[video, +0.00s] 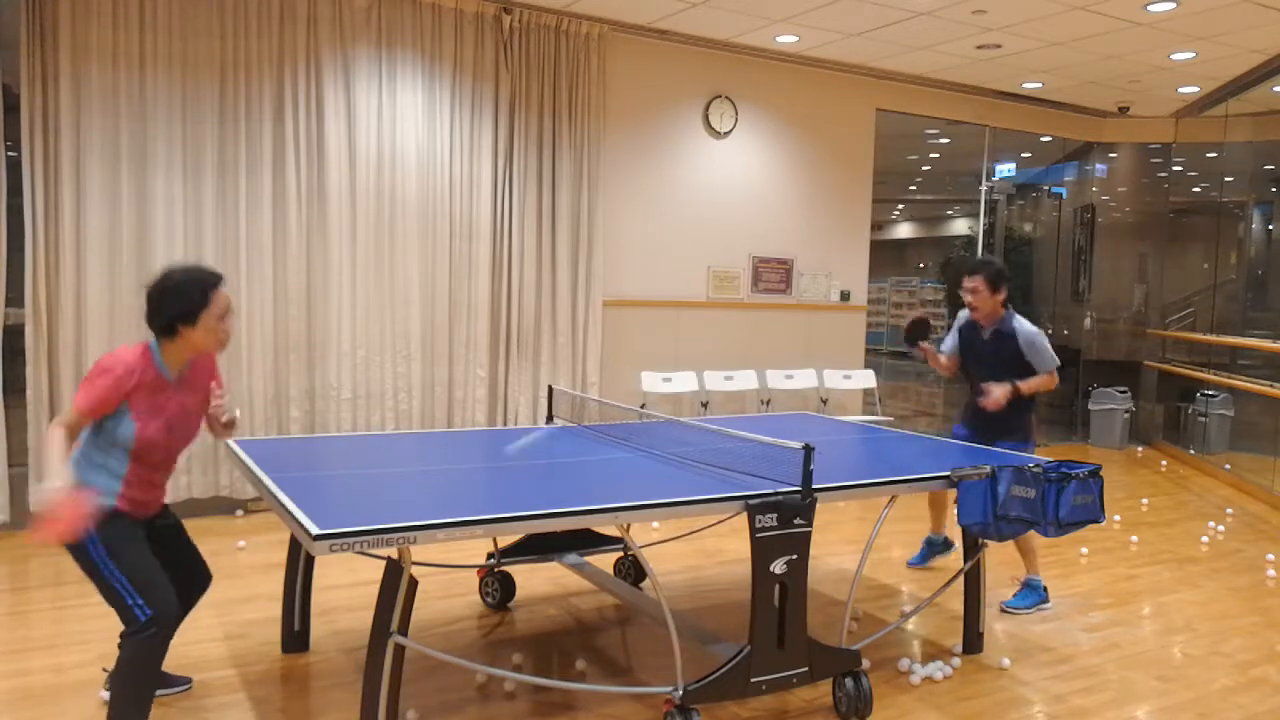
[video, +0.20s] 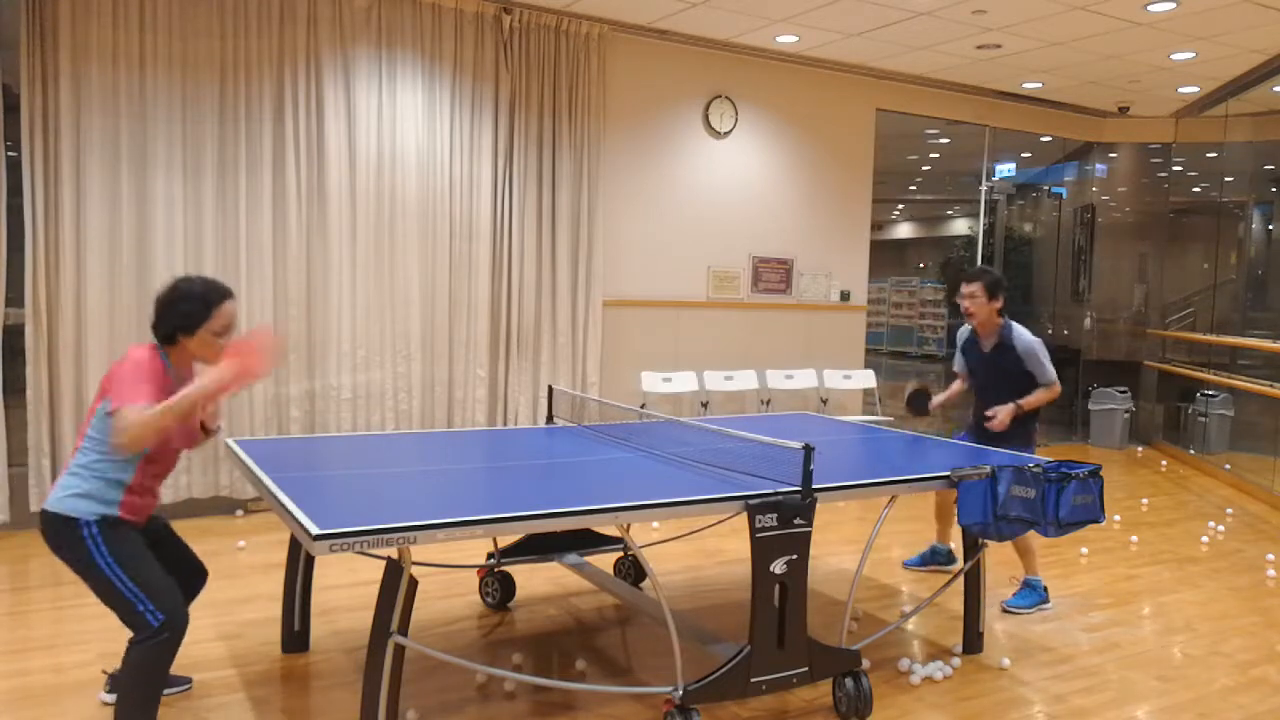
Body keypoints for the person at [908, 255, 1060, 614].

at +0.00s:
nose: (968, 299)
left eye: (976, 292)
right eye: (966, 292)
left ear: (1000, 295)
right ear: (965, 294)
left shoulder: (1025, 333)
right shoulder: (964, 323)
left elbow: (1051, 378)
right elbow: (949, 365)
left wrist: (1011, 388)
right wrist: (928, 351)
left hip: (1012, 435)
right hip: (972, 427)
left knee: (1012, 508)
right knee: (937, 474)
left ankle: (1034, 583)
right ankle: (938, 537)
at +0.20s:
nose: (965, 305)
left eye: (973, 298)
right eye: (962, 298)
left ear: (997, 303)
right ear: (961, 302)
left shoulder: (1024, 342)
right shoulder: (965, 337)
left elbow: (1053, 388)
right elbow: (963, 380)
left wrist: (1014, 408)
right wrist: (939, 399)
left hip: (1015, 438)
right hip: (977, 432)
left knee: (1011, 508)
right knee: (943, 480)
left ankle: (1034, 584)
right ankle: (942, 549)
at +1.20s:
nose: (899, 306)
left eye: (906, 300)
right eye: (895, 300)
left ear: (925, 303)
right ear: (892, 303)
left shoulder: (949, 333)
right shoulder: (890, 333)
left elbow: (982, 370)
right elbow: (876, 371)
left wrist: (957, 392)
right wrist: (876, 380)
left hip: (948, 424)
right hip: (909, 422)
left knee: (954, 487)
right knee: (887, 473)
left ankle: (972, 550)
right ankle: (884, 531)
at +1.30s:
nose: (912, 312)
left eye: (919, 305)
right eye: (908, 305)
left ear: (938, 306)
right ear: (904, 306)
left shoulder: (964, 334)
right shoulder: (900, 333)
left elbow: (991, 369)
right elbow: (876, 371)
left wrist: (978, 390)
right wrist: (888, 381)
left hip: (957, 424)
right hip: (916, 423)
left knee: (964, 487)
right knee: (890, 472)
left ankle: (971, 557)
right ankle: (885, 530)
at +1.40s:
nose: (925, 320)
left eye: (932, 313)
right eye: (920, 313)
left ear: (950, 308)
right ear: (915, 308)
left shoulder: (976, 331)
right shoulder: (908, 334)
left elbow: (999, 365)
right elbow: (892, 381)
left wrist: (994, 385)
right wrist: (914, 387)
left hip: (967, 423)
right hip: (924, 422)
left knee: (970, 487)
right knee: (899, 469)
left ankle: (972, 560)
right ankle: (890, 529)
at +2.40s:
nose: (894, 307)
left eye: (900, 300)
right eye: (891, 301)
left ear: (922, 303)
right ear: (890, 305)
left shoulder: (943, 332)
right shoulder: (915, 337)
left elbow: (982, 376)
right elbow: (935, 383)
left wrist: (938, 390)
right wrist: (911, 409)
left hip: (964, 427)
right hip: (937, 425)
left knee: (961, 493)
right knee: (910, 472)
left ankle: (979, 567)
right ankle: (910, 540)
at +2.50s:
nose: (885, 318)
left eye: (890, 310)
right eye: (883, 311)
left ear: (912, 309)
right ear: (908, 312)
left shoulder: (934, 336)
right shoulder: (919, 339)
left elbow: (975, 377)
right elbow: (941, 381)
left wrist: (930, 397)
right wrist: (923, 403)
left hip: (963, 430)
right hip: (939, 428)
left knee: (949, 497)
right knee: (909, 477)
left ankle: (981, 568)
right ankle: (910, 541)